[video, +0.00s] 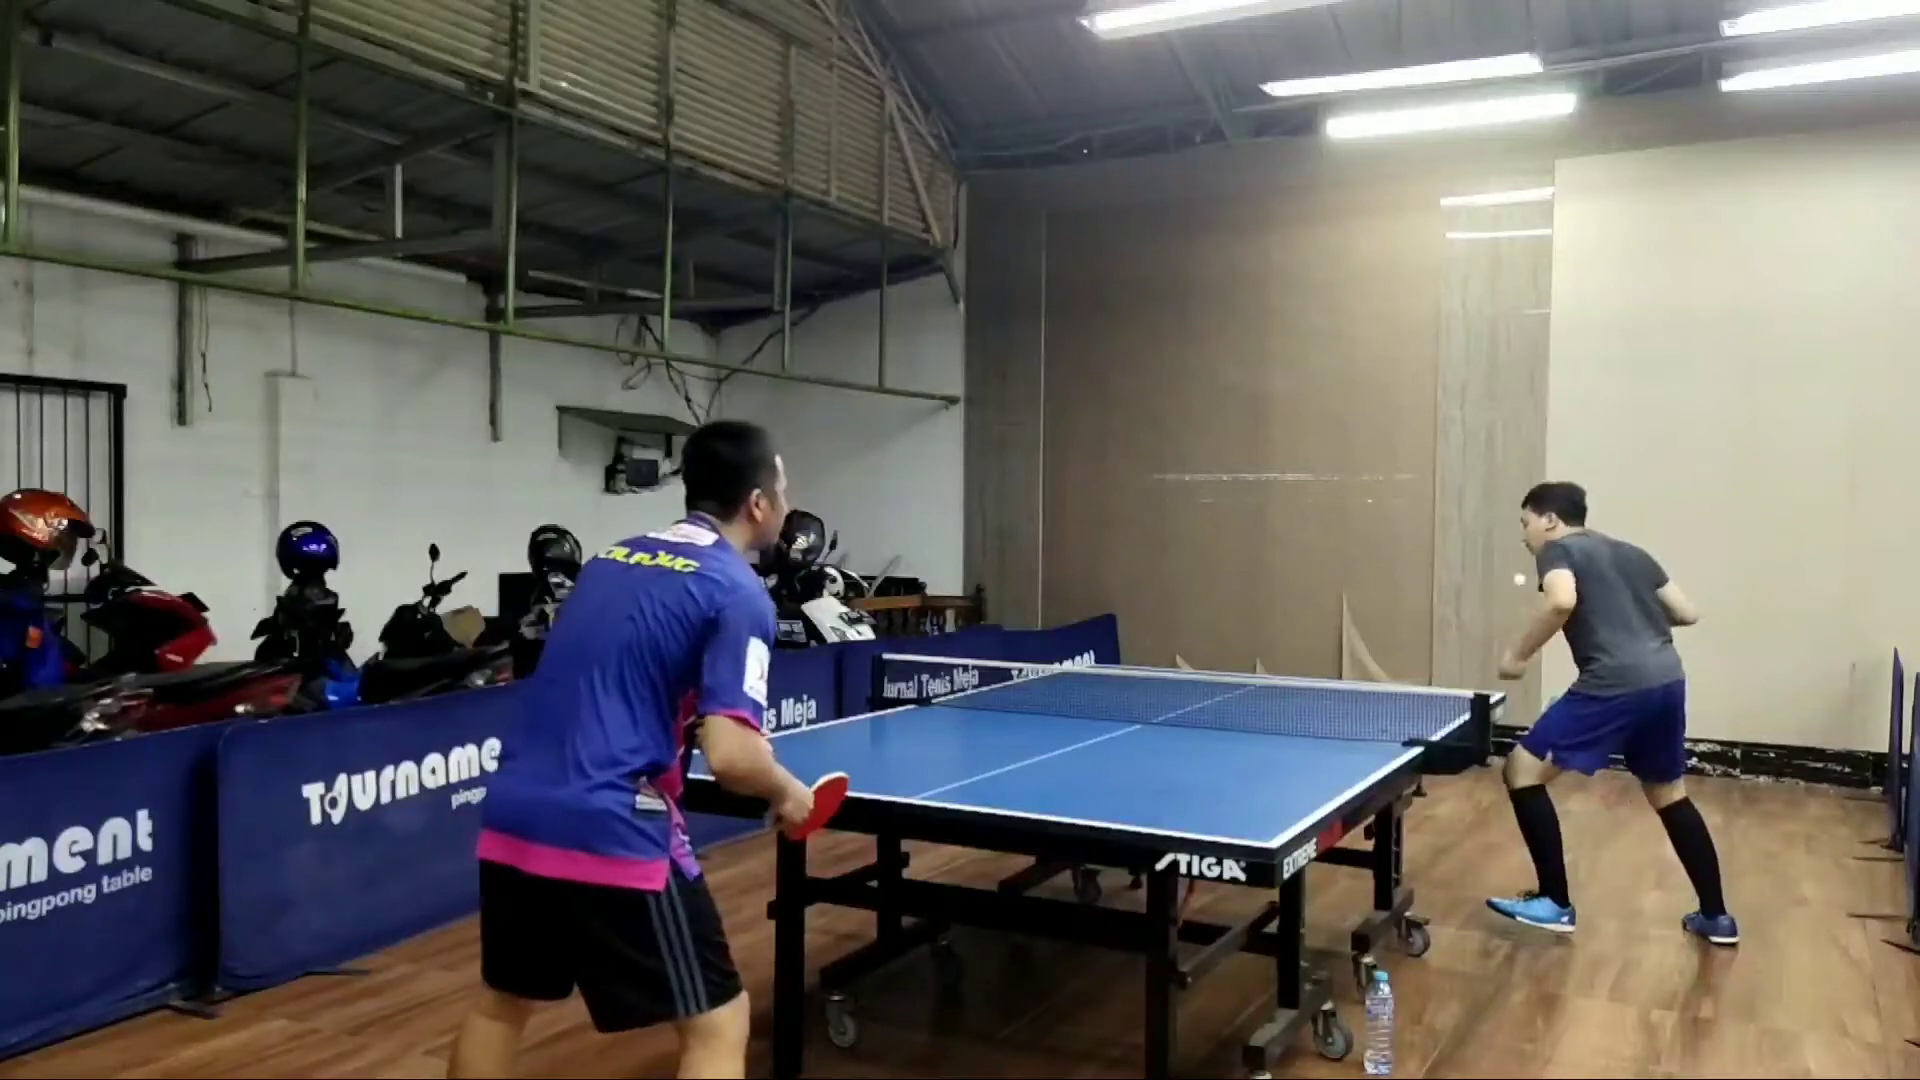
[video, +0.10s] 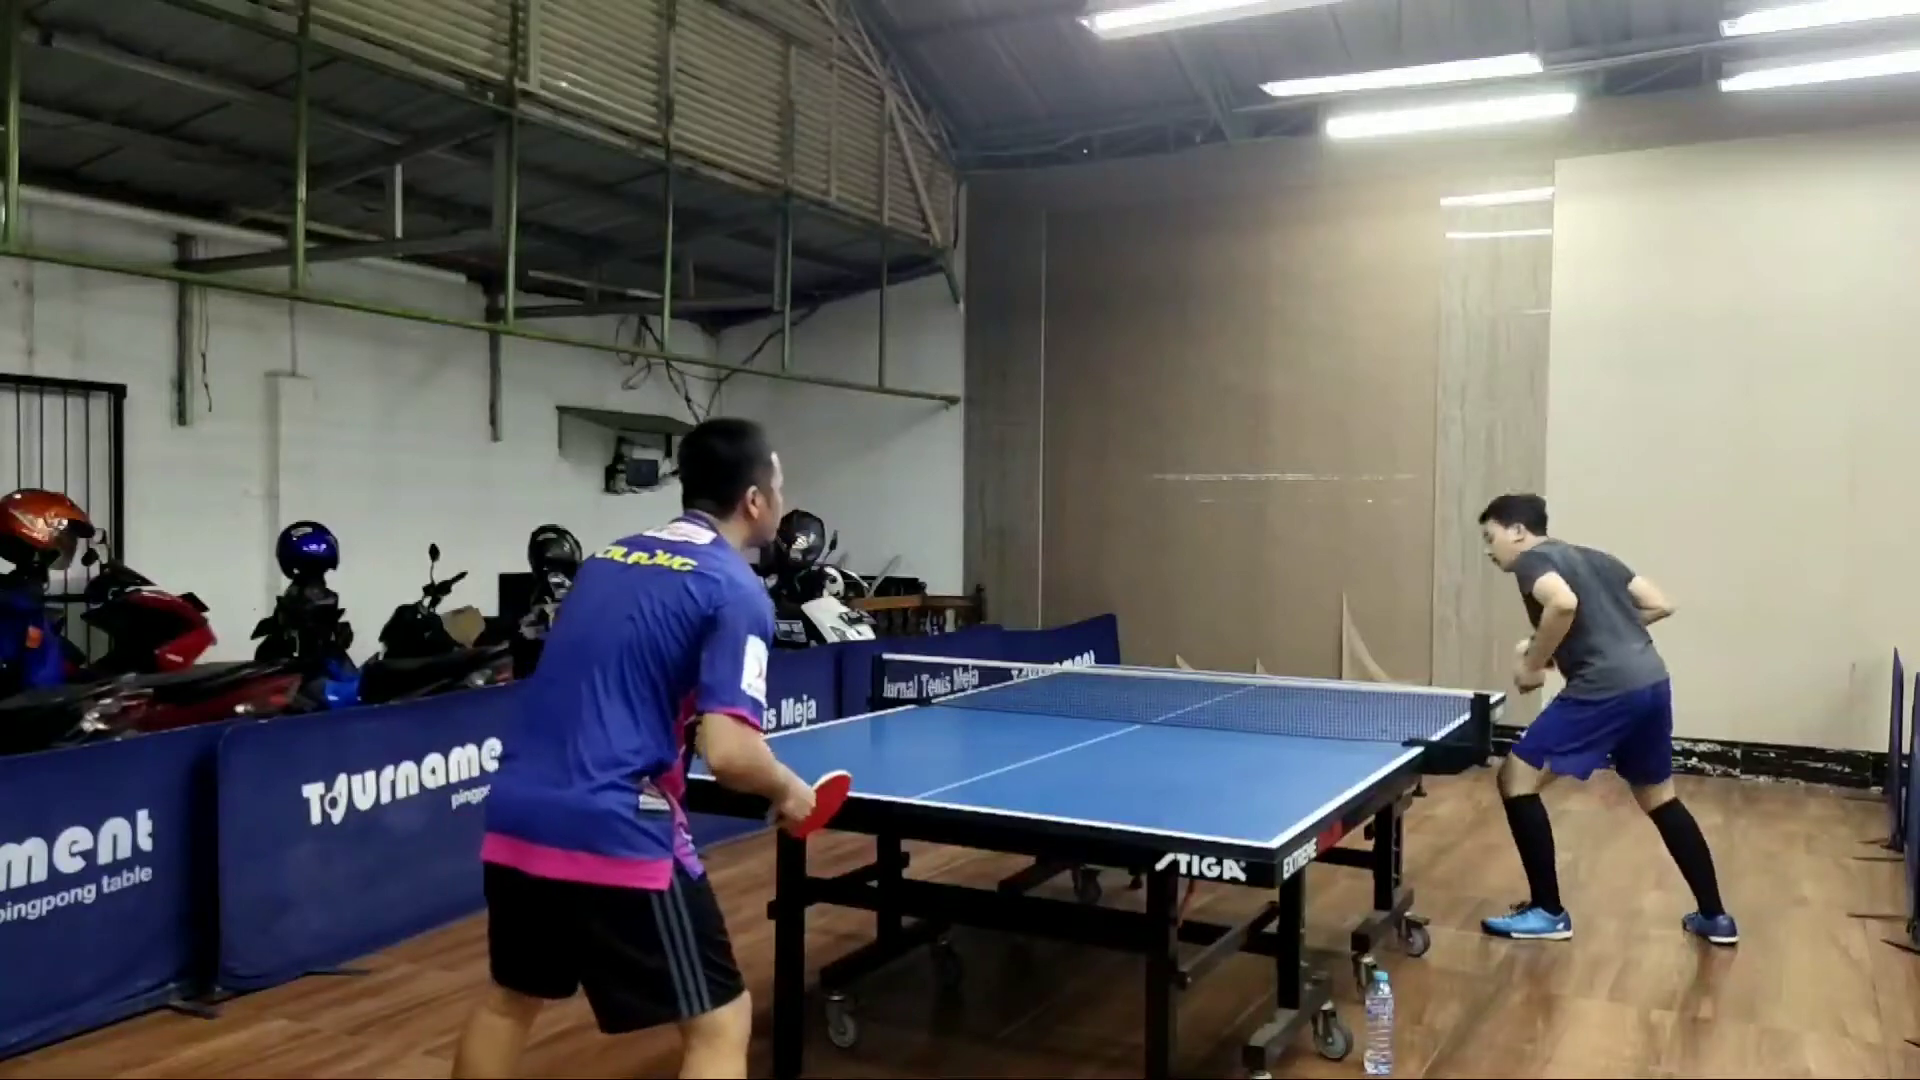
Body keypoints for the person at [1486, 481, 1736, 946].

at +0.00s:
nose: (1524, 535)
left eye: (1526, 523)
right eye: (1522, 524)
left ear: (1550, 520)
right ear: (1575, 520)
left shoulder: (1557, 550)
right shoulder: (1629, 551)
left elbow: (1562, 601)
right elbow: (1685, 613)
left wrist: (1519, 655)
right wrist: (1630, 616)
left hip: (1613, 684)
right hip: (1667, 681)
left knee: (1523, 770)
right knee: (1668, 793)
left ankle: (1553, 902)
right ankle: (1716, 914)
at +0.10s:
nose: (1489, 551)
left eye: (1490, 539)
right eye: (1486, 541)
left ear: (1518, 530)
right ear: (1532, 531)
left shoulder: (1531, 560)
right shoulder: (1593, 557)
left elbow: (1562, 604)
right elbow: (1657, 605)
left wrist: (1533, 664)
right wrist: (1595, 633)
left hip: (1602, 690)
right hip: (1653, 685)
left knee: (1516, 778)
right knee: (1657, 795)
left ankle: (1547, 910)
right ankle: (1715, 915)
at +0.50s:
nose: (1427, 517)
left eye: (1436, 506)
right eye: (1422, 509)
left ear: (1465, 505)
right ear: (1423, 511)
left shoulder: (1500, 543)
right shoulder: (1446, 551)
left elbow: (1537, 606)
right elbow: (1472, 606)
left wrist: (1466, 624)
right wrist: (1434, 621)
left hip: (1545, 659)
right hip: (1502, 660)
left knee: (1531, 767)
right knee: (1476, 750)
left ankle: (1542, 903)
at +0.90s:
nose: (1388, 513)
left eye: (1397, 504)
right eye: (1382, 506)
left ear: (1424, 503)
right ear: (1380, 510)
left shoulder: (1451, 543)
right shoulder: (1397, 559)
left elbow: (1461, 603)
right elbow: (1400, 618)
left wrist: (1392, 611)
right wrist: (1358, 634)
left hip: (1482, 668)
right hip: (1432, 666)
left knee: (1490, 770)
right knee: (1385, 742)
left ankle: (1551, 878)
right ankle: (1390, 842)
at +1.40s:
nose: (1455, 516)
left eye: (1464, 506)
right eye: (1447, 507)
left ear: (1487, 506)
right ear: (1441, 510)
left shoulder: (1515, 550)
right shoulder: (1435, 561)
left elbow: (1552, 606)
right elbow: (1402, 617)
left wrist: (1511, 613)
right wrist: (1381, 601)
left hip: (1515, 675)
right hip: (1459, 674)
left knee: (1517, 763)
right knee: (1399, 738)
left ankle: (1564, 881)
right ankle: (1389, 844)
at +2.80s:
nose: (1455, 489)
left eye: (1466, 482)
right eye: (1450, 481)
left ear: (1487, 488)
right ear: (1443, 486)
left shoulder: (1510, 536)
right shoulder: (1429, 541)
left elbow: (1542, 594)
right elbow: (1381, 583)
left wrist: (1504, 617)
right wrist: (1346, 578)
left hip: (1503, 668)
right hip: (1446, 664)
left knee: (1525, 765)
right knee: (1419, 750)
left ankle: (1566, 873)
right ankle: (1411, 837)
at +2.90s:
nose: (1444, 489)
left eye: (1454, 481)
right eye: (1438, 481)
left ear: (1476, 486)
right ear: (1433, 487)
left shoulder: (1498, 534)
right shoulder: (1422, 542)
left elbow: (1525, 594)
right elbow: (1380, 587)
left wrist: (1476, 613)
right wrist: (1340, 597)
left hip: (1495, 667)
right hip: (1437, 664)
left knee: (1522, 758)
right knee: (1410, 746)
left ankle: (1564, 869)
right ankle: (1411, 836)